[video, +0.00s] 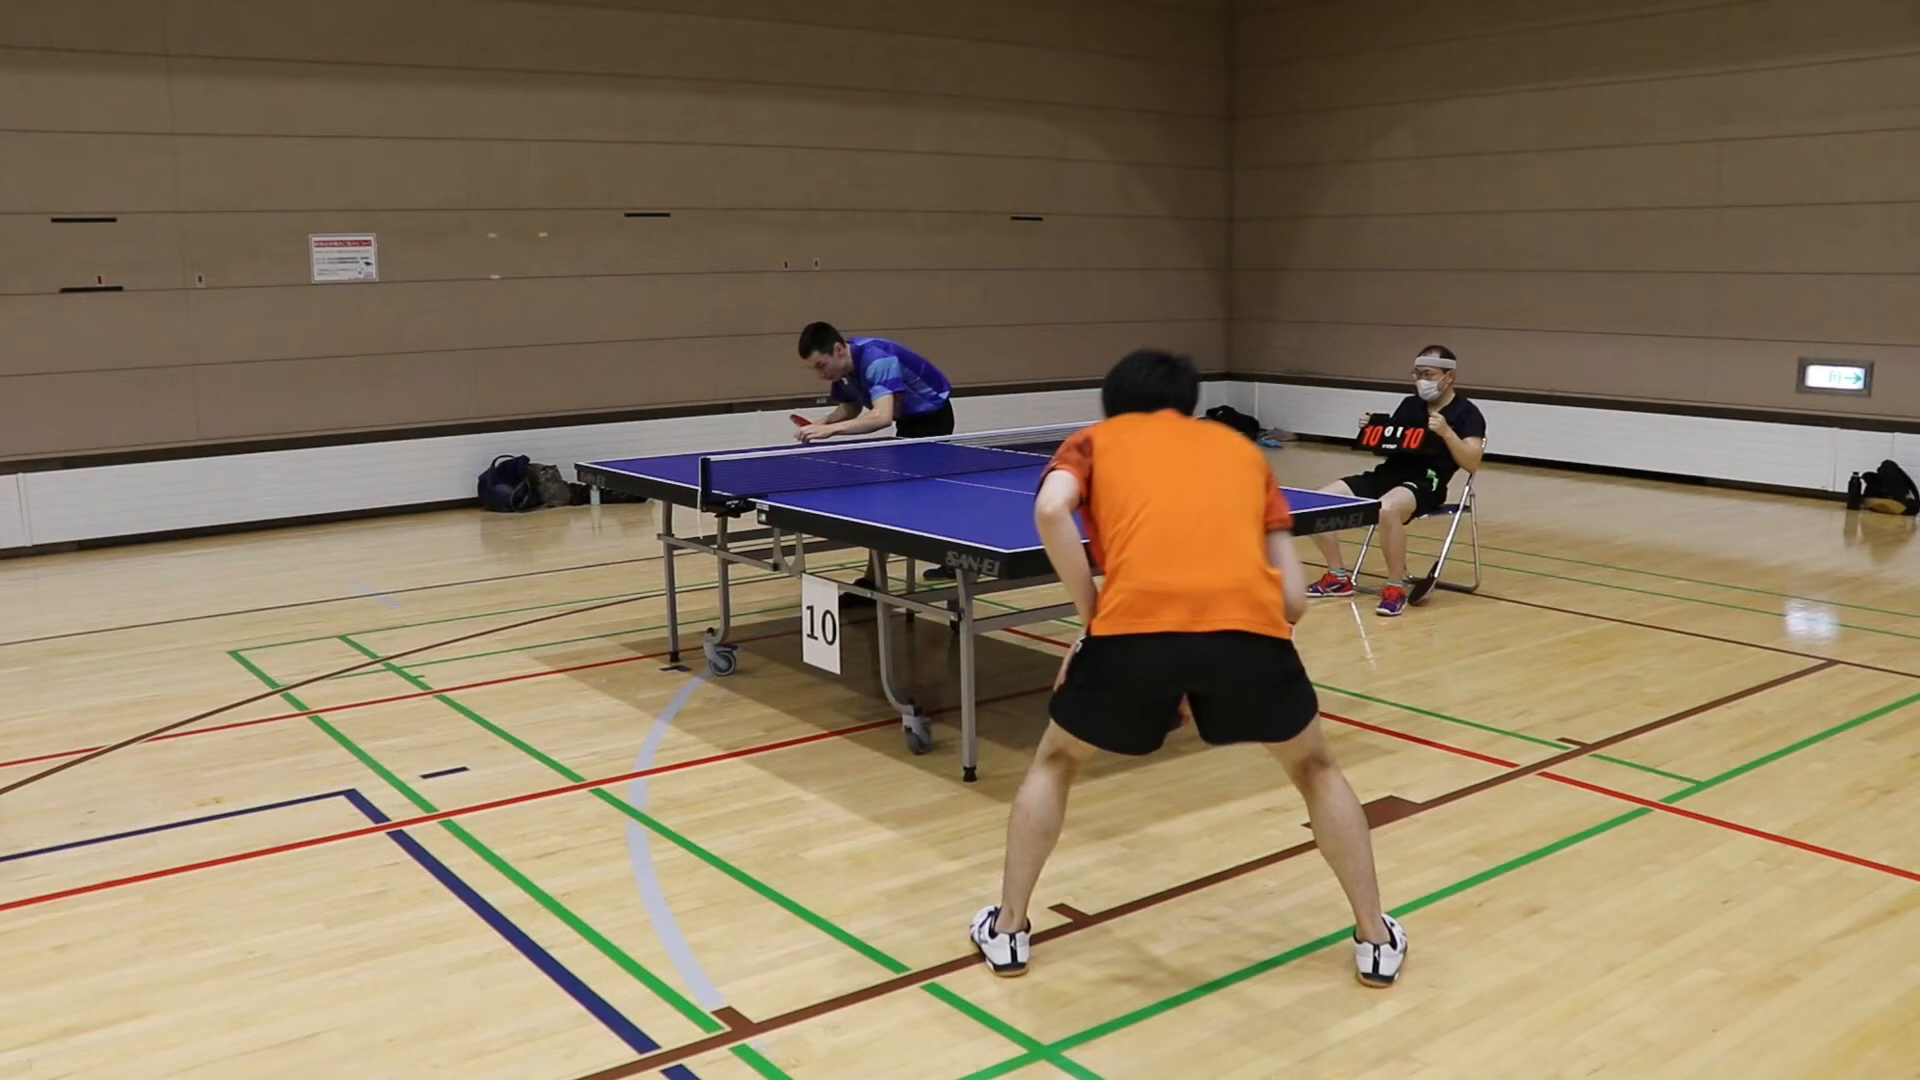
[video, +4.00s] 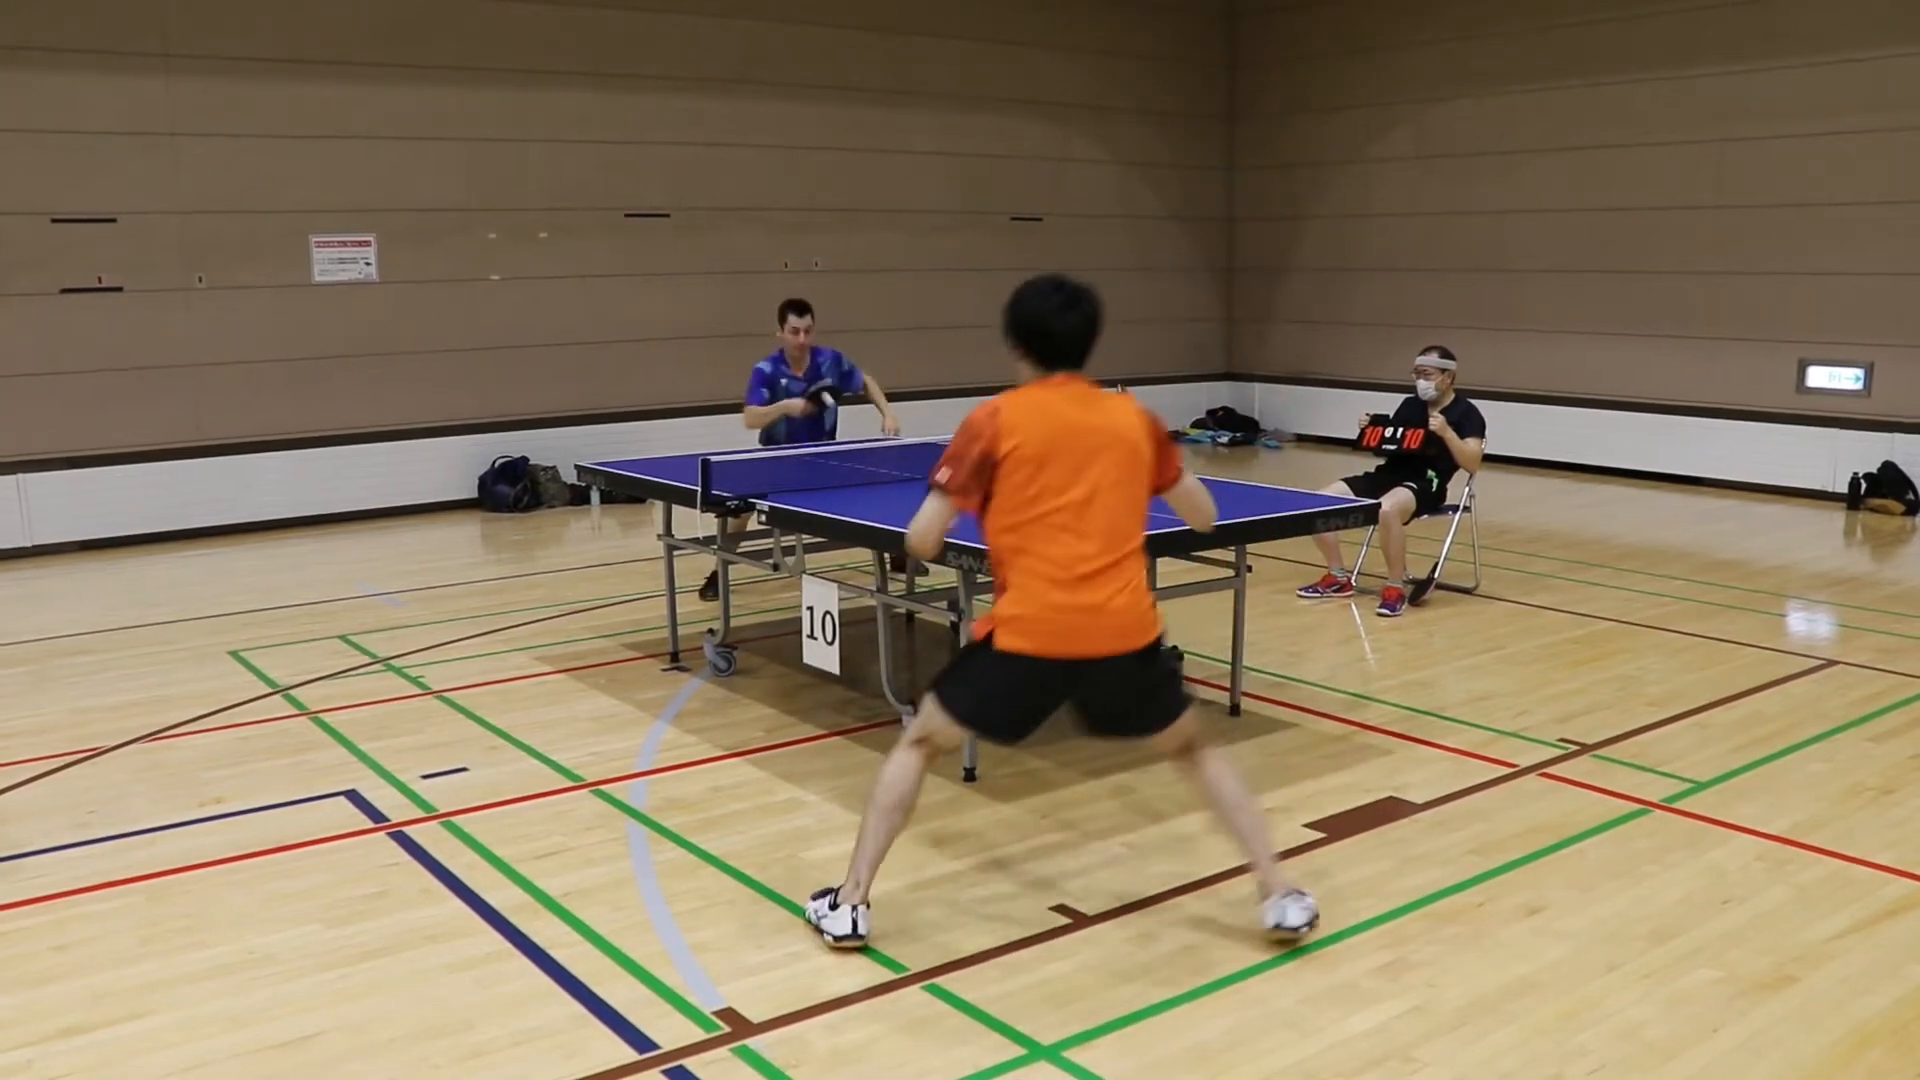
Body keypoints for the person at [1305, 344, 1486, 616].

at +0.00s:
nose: (1421, 381)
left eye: (1429, 375)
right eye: (1418, 374)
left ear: (1449, 378)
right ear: (1414, 375)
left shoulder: (1467, 414)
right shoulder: (1411, 404)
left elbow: (1472, 463)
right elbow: (1392, 437)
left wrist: (1446, 432)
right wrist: (1374, 426)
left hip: (1426, 481)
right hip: (1389, 474)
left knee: (1389, 509)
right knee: (1317, 502)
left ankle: (1395, 588)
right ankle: (1338, 575)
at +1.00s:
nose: (1423, 381)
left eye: (1430, 375)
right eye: (1418, 374)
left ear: (1450, 377)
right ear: (1413, 375)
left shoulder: (1466, 414)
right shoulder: (1411, 404)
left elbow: (1472, 463)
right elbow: (1392, 439)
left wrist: (1446, 433)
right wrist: (1373, 425)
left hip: (1427, 481)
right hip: (1390, 474)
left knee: (1389, 509)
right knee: (1319, 502)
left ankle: (1394, 588)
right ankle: (1338, 576)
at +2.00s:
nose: (1423, 380)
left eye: (1430, 374)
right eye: (1419, 373)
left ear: (1450, 377)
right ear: (1414, 375)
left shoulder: (1467, 414)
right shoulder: (1411, 405)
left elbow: (1472, 463)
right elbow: (1393, 440)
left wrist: (1446, 433)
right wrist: (1373, 426)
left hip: (1427, 482)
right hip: (1390, 474)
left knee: (1389, 509)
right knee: (1319, 502)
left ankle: (1395, 588)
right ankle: (1337, 576)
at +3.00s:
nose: (1423, 382)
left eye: (1430, 375)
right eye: (1419, 375)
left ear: (1449, 378)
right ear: (1414, 375)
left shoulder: (1467, 414)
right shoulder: (1411, 405)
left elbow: (1472, 463)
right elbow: (1393, 440)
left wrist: (1447, 433)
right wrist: (1372, 426)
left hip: (1427, 482)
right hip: (1390, 474)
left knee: (1388, 509)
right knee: (1319, 501)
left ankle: (1395, 588)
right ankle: (1337, 576)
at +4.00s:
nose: (1421, 382)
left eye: (1428, 376)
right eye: (1417, 375)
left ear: (1448, 378)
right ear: (1413, 375)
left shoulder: (1467, 414)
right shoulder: (1411, 405)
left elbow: (1472, 464)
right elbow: (1392, 440)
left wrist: (1447, 434)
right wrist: (1372, 427)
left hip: (1427, 482)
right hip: (1391, 474)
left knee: (1388, 510)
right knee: (1320, 502)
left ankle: (1394, 588)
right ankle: (1338, 577)